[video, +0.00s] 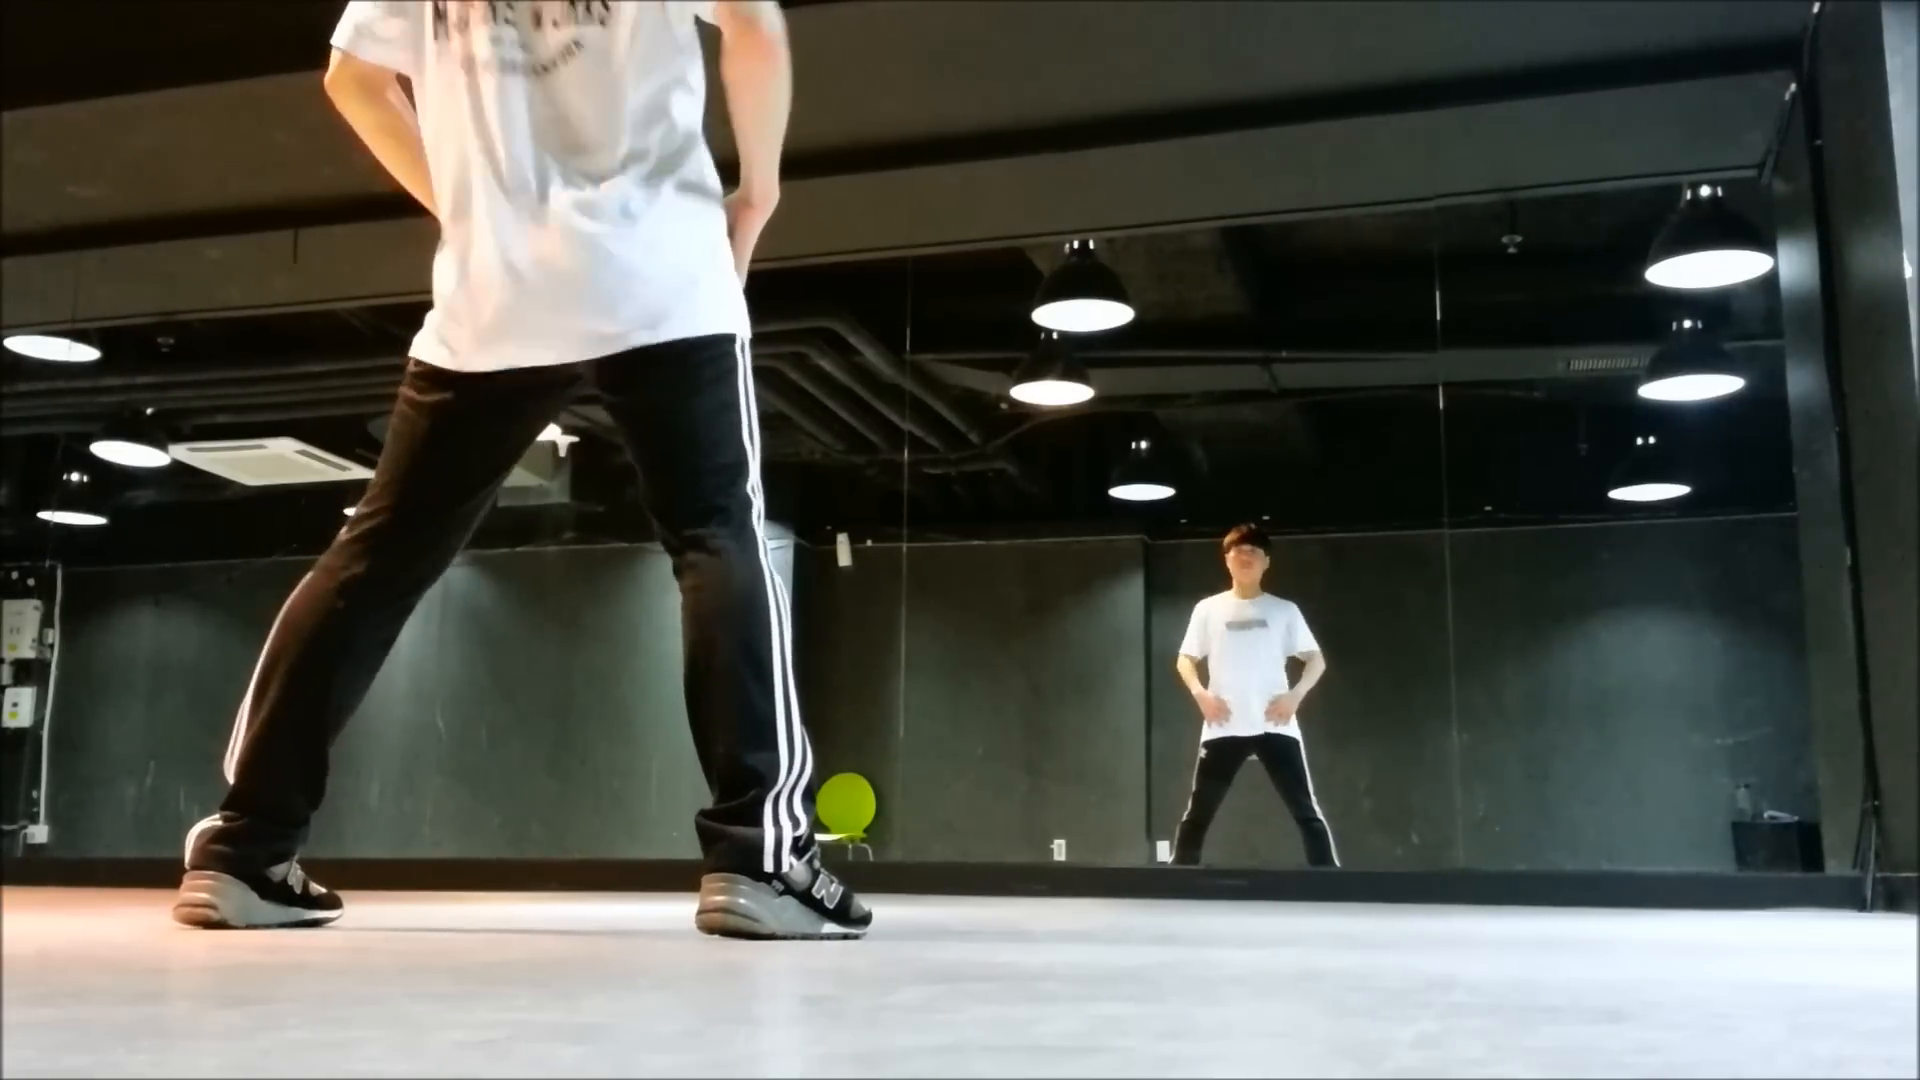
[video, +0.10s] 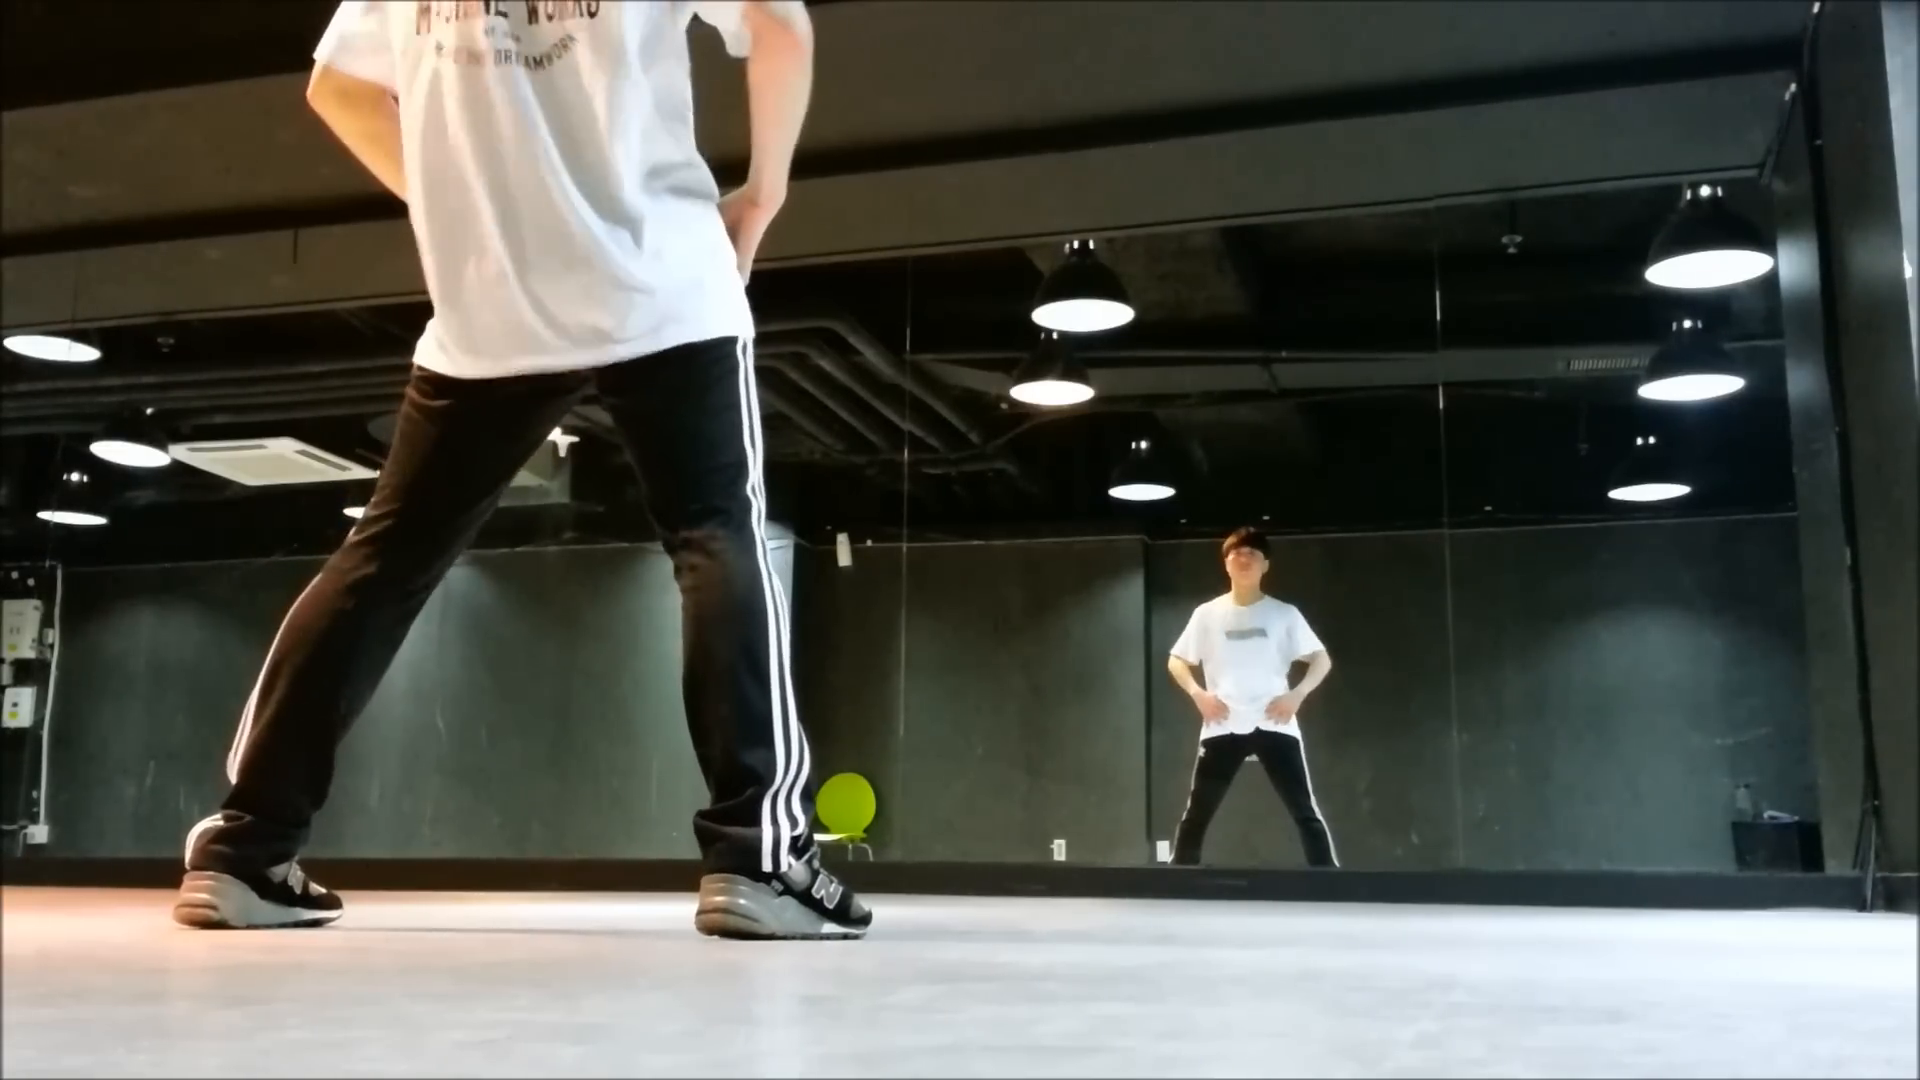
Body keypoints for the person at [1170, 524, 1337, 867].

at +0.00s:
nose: (1245, 558)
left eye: (1253, 552)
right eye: (1238, 552)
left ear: (1266, 562)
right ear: (1227, 560)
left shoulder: (1285, 611)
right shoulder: (1208, 609)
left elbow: (1316, 661)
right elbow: (1185, 661)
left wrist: (1294, 697)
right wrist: (1202, 696)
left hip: (1276, 730)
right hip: (1224, 730)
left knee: (1306, 812)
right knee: (1197, 815)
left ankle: (1332, 888)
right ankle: (1178, 889)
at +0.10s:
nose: (1243, 558)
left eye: (1251, 553)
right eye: (1236, 553)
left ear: (1265, 564)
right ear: (1226, 564)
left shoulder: (1285, 614)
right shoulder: (1207, 614)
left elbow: (1322, 660)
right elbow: (1177, 662)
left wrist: (1295, 696)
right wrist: (1199, 694)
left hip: (1276, 728)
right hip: (1223, 729)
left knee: (1306, 813)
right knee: (1196, 815)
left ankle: (1332, 889)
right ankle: (1178, 890)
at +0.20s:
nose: (1242, 559)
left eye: (1250, 553)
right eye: (1235, 553)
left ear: (1264, 563)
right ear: (1225, 563)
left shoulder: (1285, 613)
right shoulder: (1207, 614)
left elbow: (1321, 659)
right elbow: (1177, 662)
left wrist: (1295, 694)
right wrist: (1200, 694)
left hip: (1276, 727)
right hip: (1223, 729)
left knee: (1305, 812)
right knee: (1197, 814)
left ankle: (1331, 888)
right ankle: (1178, 889)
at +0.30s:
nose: (1242, 557)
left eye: (1250, 551)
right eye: (1235, 551)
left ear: (1265, 563)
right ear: (1225, 562)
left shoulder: (1285, 612)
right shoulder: (1207, 612)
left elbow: (1321, 659)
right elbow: (1178, 662)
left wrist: (1295, 695)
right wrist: (1201, 695)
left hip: (1277, 728)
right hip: (1224, 729)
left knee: (1307, 814)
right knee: (1197, 816)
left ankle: (1332, 890)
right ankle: (1178, 891)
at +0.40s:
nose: (1242, 557)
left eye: (1251, 551)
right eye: (1235, 551)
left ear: (1265, 562)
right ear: (1225, 561)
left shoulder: (1286, 611)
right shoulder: (1207, 611)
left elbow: (1319, 660)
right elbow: (1180, 661)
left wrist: (1296, 698)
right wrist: (1202, 696)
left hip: (1278, 729)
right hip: (1224, 730)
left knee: (1307, 813)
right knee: (1198, 816)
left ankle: (1332, 889)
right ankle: (1179, 891)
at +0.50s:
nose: (1243, 556)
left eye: (1251, 550)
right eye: (1236, 551)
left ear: (1265, 560)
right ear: (1226, 561)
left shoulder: (1287, 611)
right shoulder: (1209, 610)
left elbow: (1315, 663)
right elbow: (1186, 660)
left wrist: (1297, 701)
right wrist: (1202, 697)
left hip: (1278, 731)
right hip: (1224, 731)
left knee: (1307, 813)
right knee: (1198, 816)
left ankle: (1332, 888)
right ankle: (1178, 890)